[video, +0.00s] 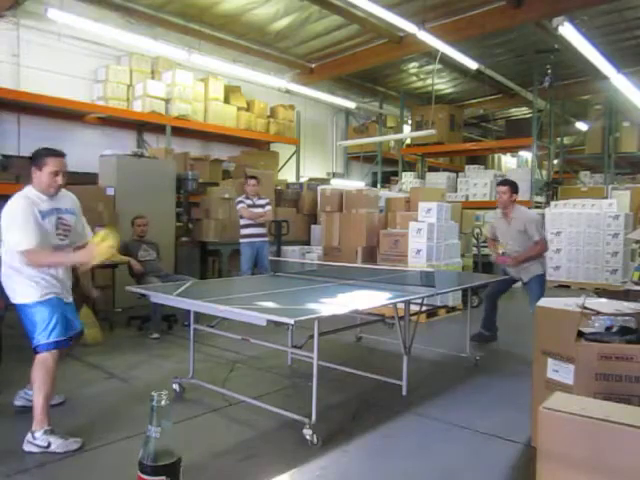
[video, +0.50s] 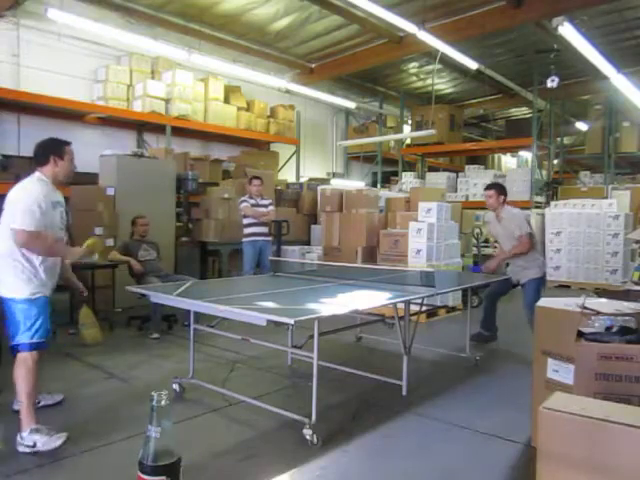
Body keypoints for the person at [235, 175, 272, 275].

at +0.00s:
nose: (252, 188)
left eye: (255, 185)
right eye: (249, 185)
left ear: (258, 187)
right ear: (245, 187)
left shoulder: (265, 200)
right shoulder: (240, 200)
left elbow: (269, 216)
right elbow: (246, 214)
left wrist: (254, 219)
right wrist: (262, 214)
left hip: (262, 239)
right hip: (247, 239)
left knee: (265, 269)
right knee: (246, 270)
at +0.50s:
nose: (257, 188)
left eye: (259, 185)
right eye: (254, 185)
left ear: (262, 187)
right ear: (249, 187)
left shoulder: (268, 201)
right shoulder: (244, 200)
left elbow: (272, 216)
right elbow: (248, 212)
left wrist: (256, 215)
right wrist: (265, 213)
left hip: (266, 238)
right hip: (250, 239)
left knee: (266, 268)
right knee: (249, 269)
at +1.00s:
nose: (258, 187)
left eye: (260, 185)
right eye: (255, 185)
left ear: (262, 186)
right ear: (249, 187)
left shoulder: (268, 201)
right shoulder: (244, 199)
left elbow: (272, 215)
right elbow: (248, 211)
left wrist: (258, 216)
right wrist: (265, 212)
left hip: (265, 238)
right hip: (249, 238)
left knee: (266, 269)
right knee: (248, 270)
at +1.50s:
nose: (259, 187)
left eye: (262, 185)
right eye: (257, 185)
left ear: (265, 186)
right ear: (252, 186)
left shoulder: (270, 201)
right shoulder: (247, 200)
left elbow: (276, 215)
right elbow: (253, 212)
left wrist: (261, 216)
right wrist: (269, 212)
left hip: (268, 238)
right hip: (253, 238)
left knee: (267, 269)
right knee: (249, 269)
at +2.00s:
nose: (263, 187)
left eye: (265, 184)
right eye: (260, 184)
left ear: (268, 186)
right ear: (256, 186)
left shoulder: (275, 199)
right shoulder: (252, 198)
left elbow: (278, 215)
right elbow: (253, 211)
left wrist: (263, 217)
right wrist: (271, 212)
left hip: (270, 237)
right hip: (255, 237)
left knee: (269, 266)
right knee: (250, 267)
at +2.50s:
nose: (263, 185)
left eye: (266, 183)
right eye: (261, 183)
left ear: (269, 185)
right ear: (257, 185)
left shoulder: (274, 200)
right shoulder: (252, 197)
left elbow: (279, 215)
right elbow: (252, 210)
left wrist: (265, 217)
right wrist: (271, 212)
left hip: (270, 237)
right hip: (254, 236)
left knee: (268, 267)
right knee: (250, 267)